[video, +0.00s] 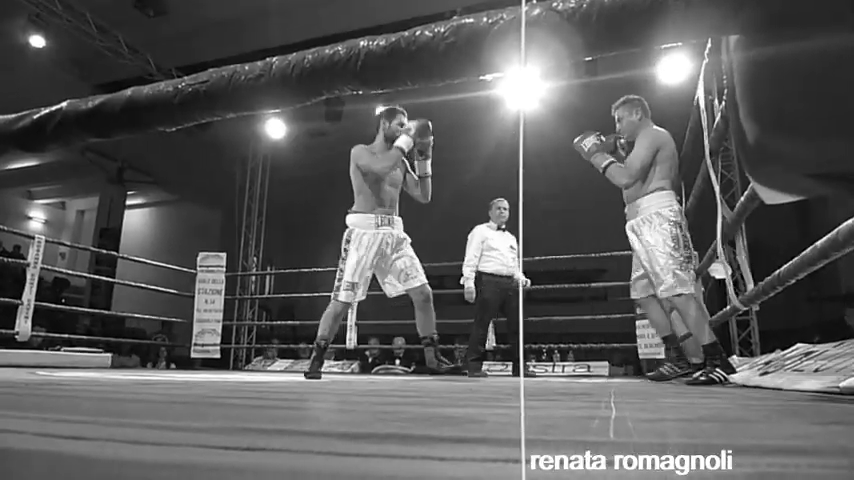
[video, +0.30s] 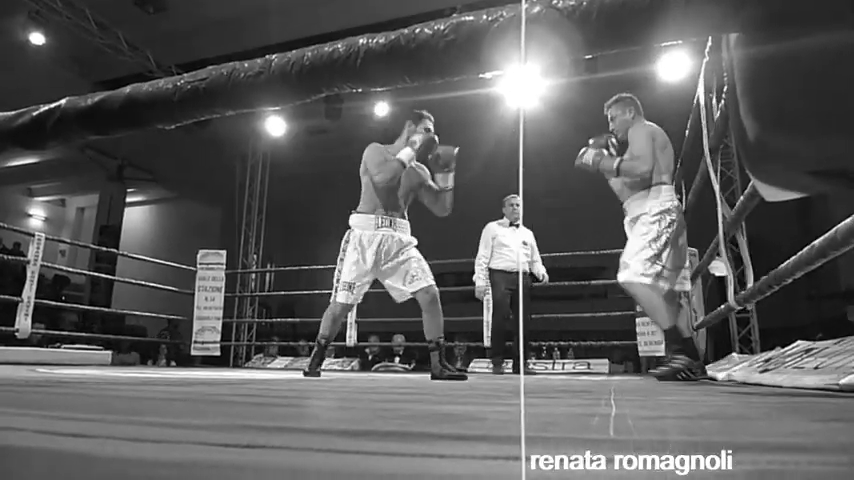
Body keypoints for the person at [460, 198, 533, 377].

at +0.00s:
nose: (502, 212)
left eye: (505, 210)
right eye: (499, 209)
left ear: (509, 214)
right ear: (490, 212)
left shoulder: (511, 238)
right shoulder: (480, 231)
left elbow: (513, 265)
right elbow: (471, 258)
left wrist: (521, 278)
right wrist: (468, 282)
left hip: (510, 281)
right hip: (489, 279)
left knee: (515, 325)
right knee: (482, 323)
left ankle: (519, 364)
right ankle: (474, 365)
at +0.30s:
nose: (515, 208)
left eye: (518, 205)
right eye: (511, 206)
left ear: (522, 209)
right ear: (504, 209)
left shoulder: (527, 234)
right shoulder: (492, 228)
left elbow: (535, 259)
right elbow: (482, 258)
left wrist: (540, 271)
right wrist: (480, 282)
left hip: (523, 276)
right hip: (500, 275)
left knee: (523, 319)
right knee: (500, 317)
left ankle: (521, 362)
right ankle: (497, 360)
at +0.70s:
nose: (514, 215)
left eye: (517, 211)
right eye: (511, 212)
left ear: (523, 214)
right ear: (505, 215)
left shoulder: (533, 238)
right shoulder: (495, 236)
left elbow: (541, 263)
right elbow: (485, 264)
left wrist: (537, 275)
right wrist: (483, 287)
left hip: (526, 281)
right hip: (501, 281)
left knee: (528, 323)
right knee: (502, 322)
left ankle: (528, 365)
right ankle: (501, 364)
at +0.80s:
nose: (514, 218)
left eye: (517, 214)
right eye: (510, 215)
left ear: (523, 217)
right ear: (505, 218)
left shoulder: (534, 242)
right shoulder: (495, 240)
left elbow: (543, 269)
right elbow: (485, 269)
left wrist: (535, 281)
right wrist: (483, 290)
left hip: (525, 286)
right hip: (501, 285)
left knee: (527, 326)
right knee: (500, 325)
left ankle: (528, 368)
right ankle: (501, 367)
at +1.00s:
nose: (508, 217)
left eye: (512, 213)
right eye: (505, 214)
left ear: (518, 216)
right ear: (500, 217)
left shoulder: (529, 240)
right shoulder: (491, 240)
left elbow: (539, 266)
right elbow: (482, 269)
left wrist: (532, 282)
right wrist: (479, 292)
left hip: (521, 285)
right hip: (497, 285)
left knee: (524, 324)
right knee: (491, 322)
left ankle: (526, 364)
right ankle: (485, 364)